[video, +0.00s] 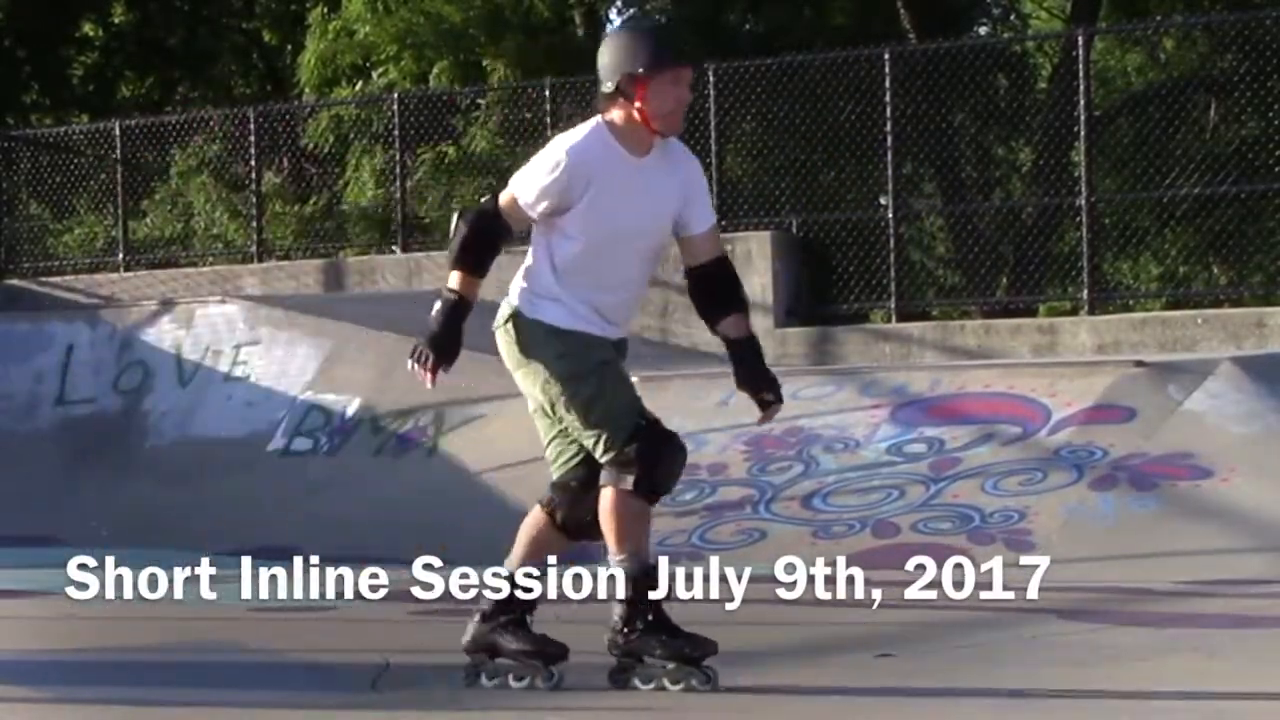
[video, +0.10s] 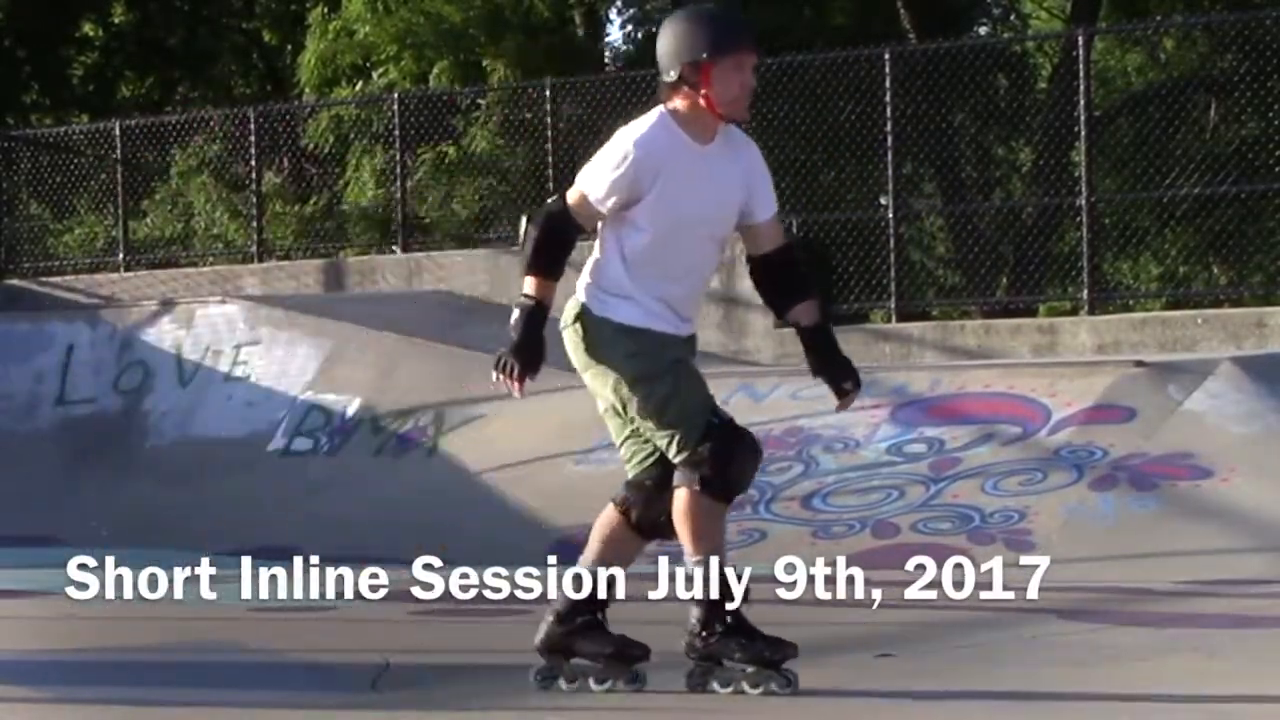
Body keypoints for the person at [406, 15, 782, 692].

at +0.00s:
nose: (689, 92)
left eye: (688, 79)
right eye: (675, 80)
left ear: (657, 91)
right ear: (632, 91)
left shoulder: (682, 169)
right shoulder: (574, 157)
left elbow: (710, 271)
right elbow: (486, 227)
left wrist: (746, 354)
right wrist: (447, 318)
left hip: (600, 338)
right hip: (542, 328)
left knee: (580, 495)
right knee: (635, 453)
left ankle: (498, 617)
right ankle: (640, 619)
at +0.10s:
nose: (753, 81)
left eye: (752, 68)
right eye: (740, 70)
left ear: (721, 78)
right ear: (694, 77)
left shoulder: (743, 157)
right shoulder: (642, 144)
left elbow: (775, 260)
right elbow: (559, 224)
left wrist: (820, 344)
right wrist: (527, 322)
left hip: (666, 331)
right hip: (610, 324)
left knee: (657, 490)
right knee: (709, 452)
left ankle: (573, 619)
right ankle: (717, 621)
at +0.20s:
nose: (828, 66)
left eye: (827, 52)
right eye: (815, 54)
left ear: (799, 62)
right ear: (770, 63)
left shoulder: (819, 146)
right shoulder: (719, 137)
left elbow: (845, 252)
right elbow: (644, 224)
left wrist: (885, 332)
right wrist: (617, 324)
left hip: (752, 329)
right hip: (693, 323)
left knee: (749, 485)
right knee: (797, 451)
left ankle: (666, 618)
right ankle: (806, 622)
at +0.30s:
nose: (900, 52)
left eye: (897, 39)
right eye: (887, 41)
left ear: (859, 54)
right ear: (839, 56)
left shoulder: (889, 134)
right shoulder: (791, 132)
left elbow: (902, 247)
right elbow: (712, 225)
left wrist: (934, 332)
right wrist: (692, 329)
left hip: (830, 326)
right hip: (766, 321)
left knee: (839, 474)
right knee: (868, 447)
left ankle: (758, 616)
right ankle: (881, 624)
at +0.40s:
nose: (984, 41)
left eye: (980, 27)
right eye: (967, 30)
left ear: (946, 48)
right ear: (920, 48)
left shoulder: (975, 128)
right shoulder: (873, 129)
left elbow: (980, 243)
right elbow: (800, 226)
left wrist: (998, 336)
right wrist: (779, 329)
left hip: (919, 323)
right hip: (855, 322)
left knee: (940, 466)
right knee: (961, 453)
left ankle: (876, 616)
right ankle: (968, 631)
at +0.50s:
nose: (1067, 41)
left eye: (1065, 27)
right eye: (1052, 29)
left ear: (1035, 45)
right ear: (1005, 45)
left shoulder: (1065, 125)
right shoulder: (957, 127)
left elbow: (1068, 244)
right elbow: (886, 231)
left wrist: (1081, 339)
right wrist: (870, 338)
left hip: (1012, 322)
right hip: (944, 323)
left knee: (1041, 464)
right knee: (1059, 451)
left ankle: (984, 619)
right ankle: (1055, 629)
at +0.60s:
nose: (1146, 37)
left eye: (1143, 24)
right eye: (1130, 26)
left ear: (1114, 44)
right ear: (1082, 44)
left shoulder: (1144, 123)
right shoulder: (1030, 129)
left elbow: (1153, 243)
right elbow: (958, 235)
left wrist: (1170, 340)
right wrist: (956, 345)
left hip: (1095, 324)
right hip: (1026, 327)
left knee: (1131, 467)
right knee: (1141, 454)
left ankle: (1075, 621)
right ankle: (1135, 634)